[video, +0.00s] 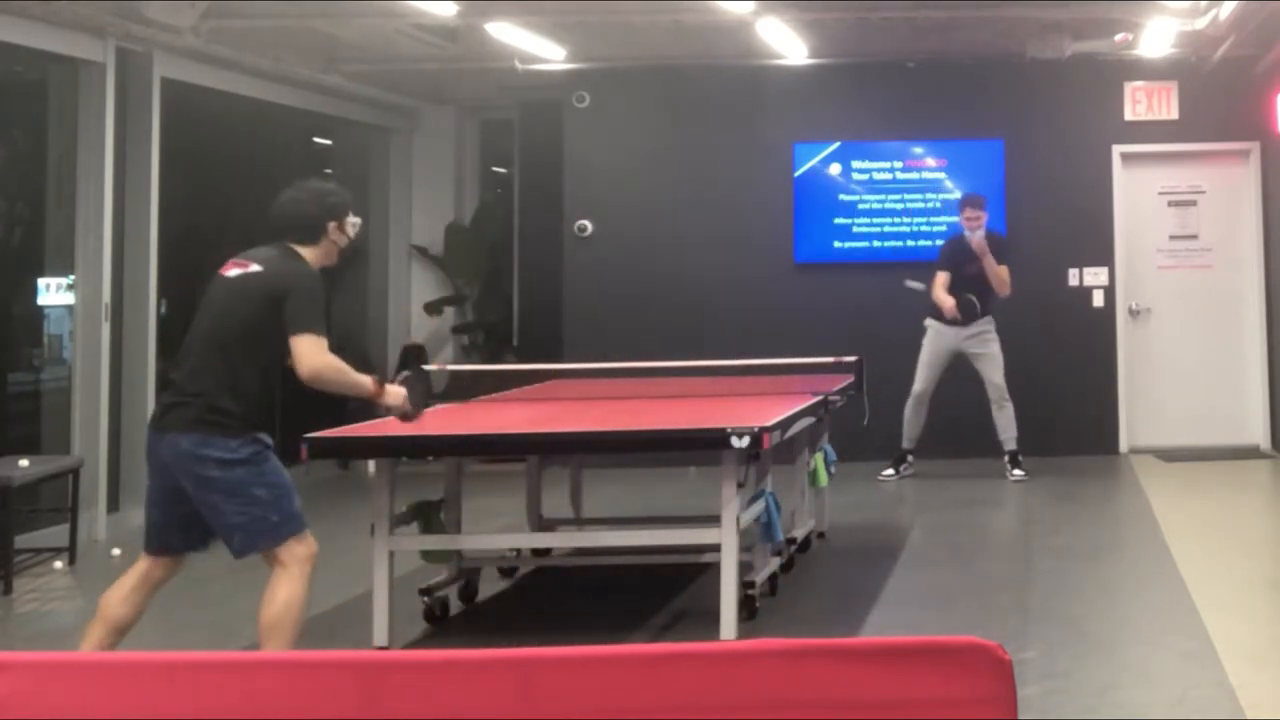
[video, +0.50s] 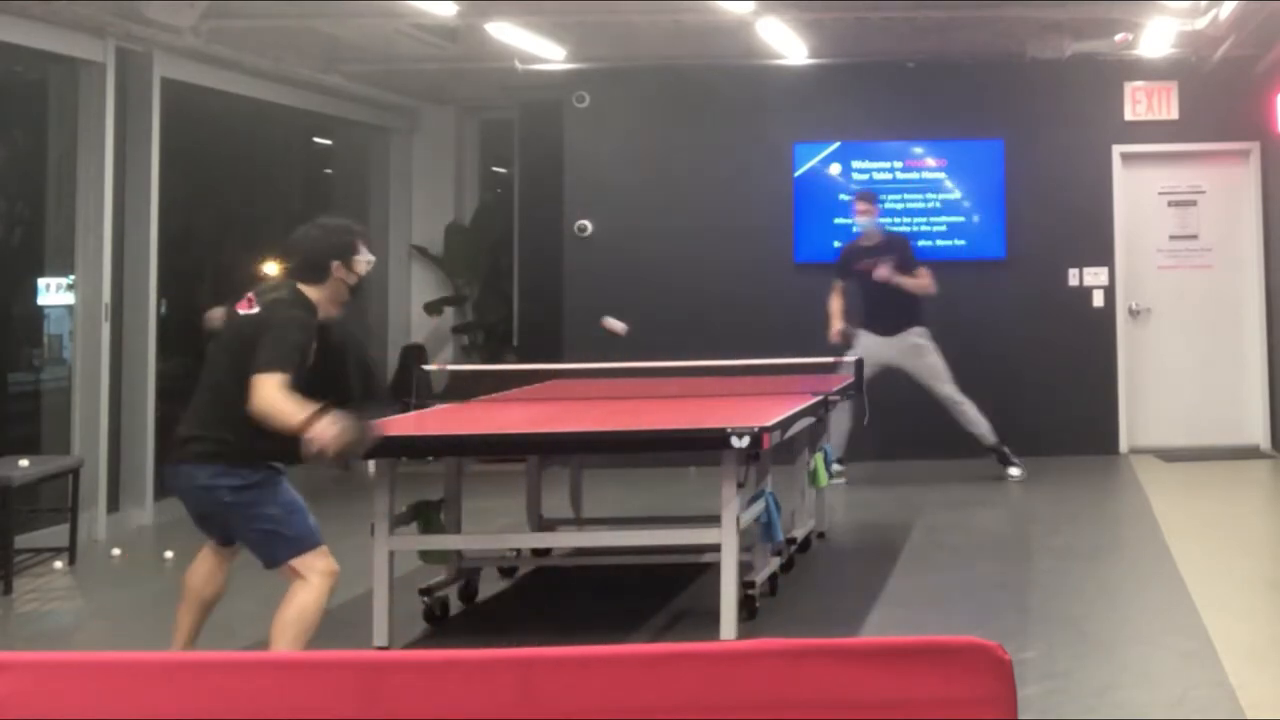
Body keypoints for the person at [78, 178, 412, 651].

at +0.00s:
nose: (347, 238)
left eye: (349, 226)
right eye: (345, 226)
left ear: (291, 224)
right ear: (322, 227)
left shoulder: (243, 263)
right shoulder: (297, 274)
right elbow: (313, 365)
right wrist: (378, 390)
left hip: (169, 434)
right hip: (221, 439)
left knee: (158, 560)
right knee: (295, 553)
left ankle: (79, 669)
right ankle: (271, 689)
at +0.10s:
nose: (354, 250)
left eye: (356, 239)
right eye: (352, 238)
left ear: (297, 233)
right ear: (332, 239)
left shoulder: (253, 269)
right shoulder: (298, 283)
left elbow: (252, 356)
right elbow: (302, 379)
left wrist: (321, 364)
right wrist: (373, 404)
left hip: (168, 437)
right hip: (218, 444)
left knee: (184, 548)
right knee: (294, 555)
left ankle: (89, 654)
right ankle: (273, 689)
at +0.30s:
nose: (363, 273)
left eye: (364, 264)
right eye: (362, 263)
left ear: (306, 256)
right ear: (341, 266)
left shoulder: (267, 292)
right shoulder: (287, 312)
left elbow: (296, 354)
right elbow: (258, 406)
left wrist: (368, 353)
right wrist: (326, 454)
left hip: (172, 452)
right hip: (211, 459)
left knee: (186, 562)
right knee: (300, 561)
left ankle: (92, 662)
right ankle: (272, 690)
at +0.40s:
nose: (369, 286)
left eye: (371, 276)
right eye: (368, 276)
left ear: (315, 267)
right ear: (345, 276)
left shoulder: (274, 297)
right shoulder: (290, 319)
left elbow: (303, 331)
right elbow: (245, 410)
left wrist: (360, 331)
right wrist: (295, 461)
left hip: (188, 457)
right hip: (218, 463)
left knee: (217, 551)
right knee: (308, 564)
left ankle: (119, 643)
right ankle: (273, 686)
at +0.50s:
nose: (357, 289)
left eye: (360, 278)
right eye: (357, 277)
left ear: (314, 265)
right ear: (335, 269)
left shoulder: (263, 299)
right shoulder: (293, 315)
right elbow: (265, 396)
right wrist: (319, 421)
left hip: (194, 465)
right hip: (235, 470)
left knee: (221, 545)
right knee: (317, 571)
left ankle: (177, 656)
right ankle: (276, 684)